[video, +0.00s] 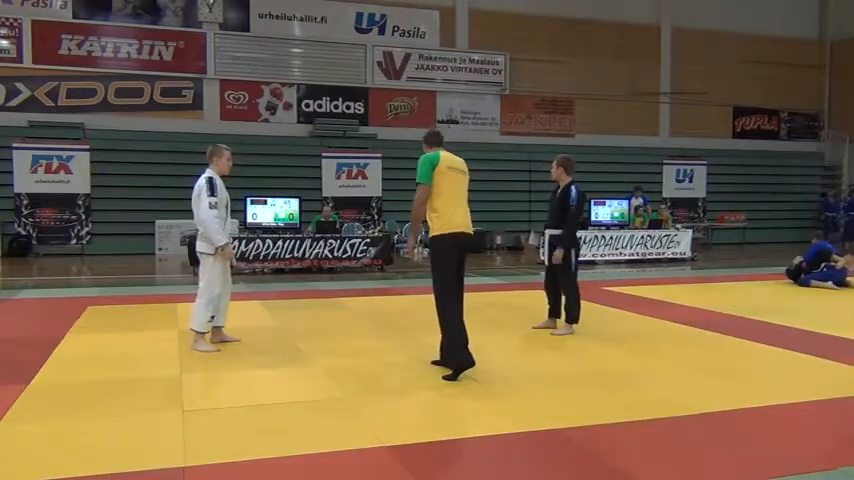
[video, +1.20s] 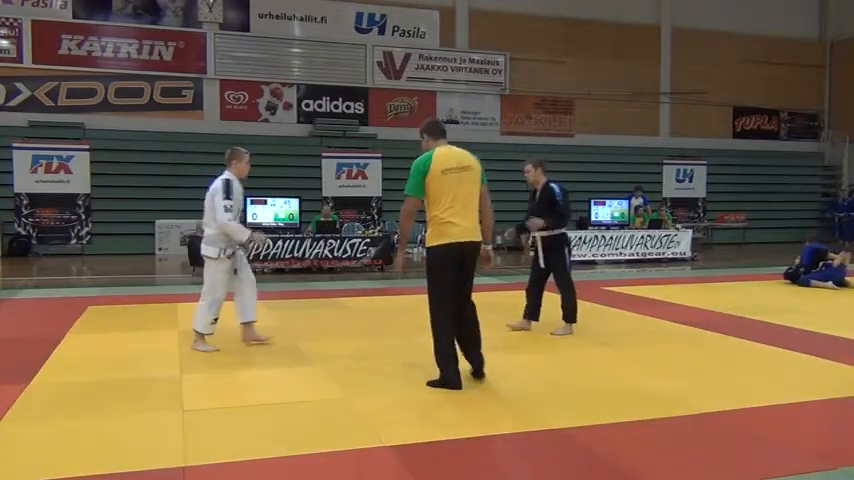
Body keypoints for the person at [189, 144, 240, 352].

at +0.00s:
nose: (231, 164)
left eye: (231, 160)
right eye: (228, 159)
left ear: (216, 160)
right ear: (216, 160)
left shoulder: (216, 182)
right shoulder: (207, 181)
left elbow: (217, 217)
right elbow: (207, 216)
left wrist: (227, 242)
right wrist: (223, 243)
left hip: (220, 245)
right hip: (209, 246)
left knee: (224, 288)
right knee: (210, 289)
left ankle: (217, 331)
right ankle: (199, 338)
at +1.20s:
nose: (249, 168)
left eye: (249, 163)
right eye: (247, 163)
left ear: (235, 164)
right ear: (235, 164)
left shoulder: (233, 185)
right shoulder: (224, 184)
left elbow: (230, 221)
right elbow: (224, 221)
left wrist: (248, 236)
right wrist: (249, 236)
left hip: (232, 247)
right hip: (217, 248)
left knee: (247, 284)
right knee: (213, 292)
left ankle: (248, 330)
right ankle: (199, 338)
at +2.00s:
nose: (331, 176)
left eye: (330, 171)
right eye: (329, 171)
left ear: (316, 171)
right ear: (319, 171)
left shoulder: (306, 190)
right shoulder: (307, 191)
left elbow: (304, 225)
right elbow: (304, 226)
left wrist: (330, 229)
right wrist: (332, 231)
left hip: (288, 250)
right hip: (291, 251)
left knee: (294, 293)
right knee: (309, 296)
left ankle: (279, 332)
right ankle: (310, 350)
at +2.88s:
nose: (352, 181)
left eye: (353, 177)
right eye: (352, 176)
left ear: (331, 171)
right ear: (345, 172)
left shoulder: (307, 193)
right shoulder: (333, 189)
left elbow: (290, 228)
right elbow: (344, 228)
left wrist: (325, 238)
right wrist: (368, 229)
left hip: (300, 255)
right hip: (312, 256)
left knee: (329, 303)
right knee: (319, 312)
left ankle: (334, 352)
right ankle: (305, 375)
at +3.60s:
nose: (292, 185)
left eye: (292, 180)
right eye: (291, 180)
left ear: (278, 177)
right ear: (281, 178)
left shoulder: (273, 200)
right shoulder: (259, 196)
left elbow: (268, 234)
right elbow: (269, 235)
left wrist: (300, 235)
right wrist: (303, 235)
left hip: (256, 265)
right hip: (236, 264)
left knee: (280, 298)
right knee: (223, 314)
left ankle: (296, 351)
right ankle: (196, 360)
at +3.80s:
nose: (288, 181)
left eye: (289, 177)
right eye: (288, 176)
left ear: (275, 172)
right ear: (278, 173)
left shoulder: (269, 196)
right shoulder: (253, 186)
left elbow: (255, 225)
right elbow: (247, 224)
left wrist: (279, 230)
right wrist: (277, 233)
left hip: (245, 251)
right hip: (223, 250)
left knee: (258, 294)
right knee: (221, 303)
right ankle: (198, 358)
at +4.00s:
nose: (280, 199)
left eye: (281, 195)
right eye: (280, 194)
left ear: (268, 190)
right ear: (270, 190)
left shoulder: (261, 214)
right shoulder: (248, 203)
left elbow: (263, 243)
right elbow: (237, 239)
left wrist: (293, 235)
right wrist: (264, 255)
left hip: (233, 260)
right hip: (211, 258)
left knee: (253, 295)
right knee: (215, 310)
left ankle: (243, 347)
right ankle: (174, 357)